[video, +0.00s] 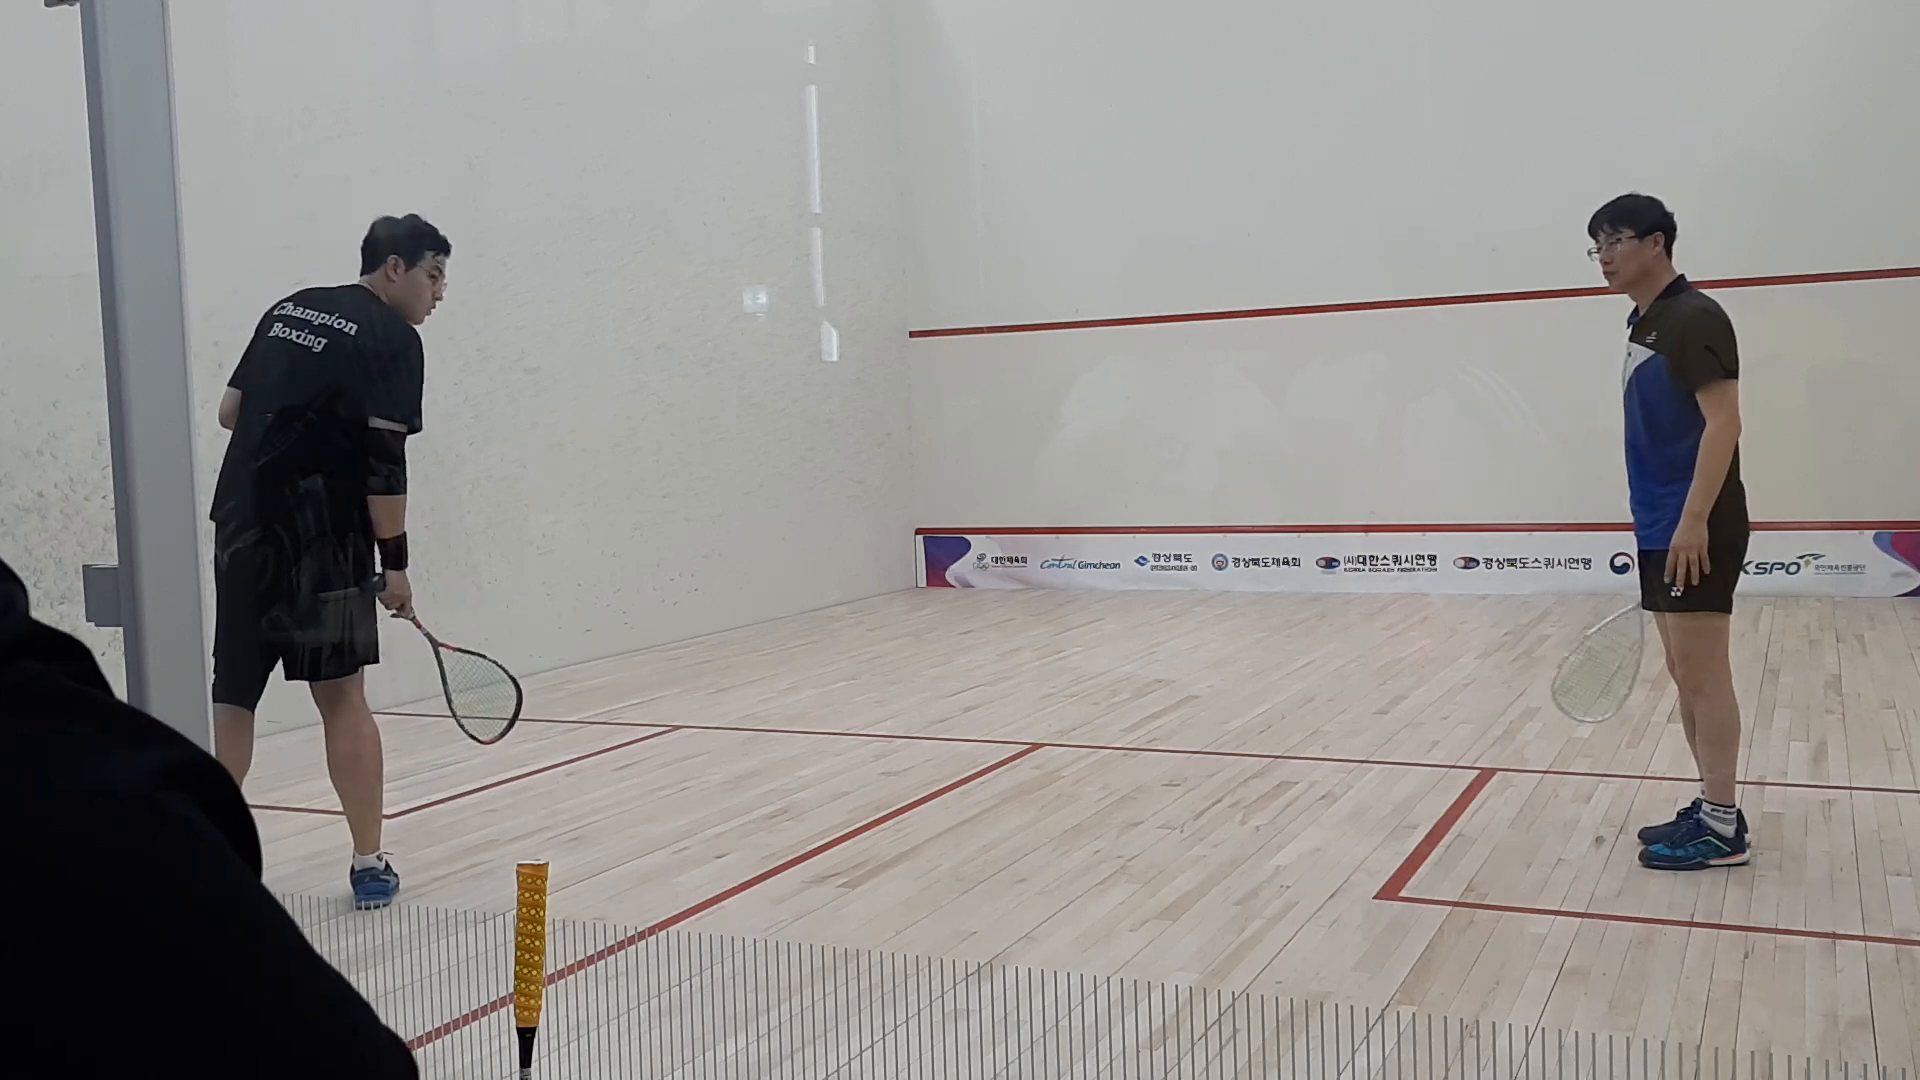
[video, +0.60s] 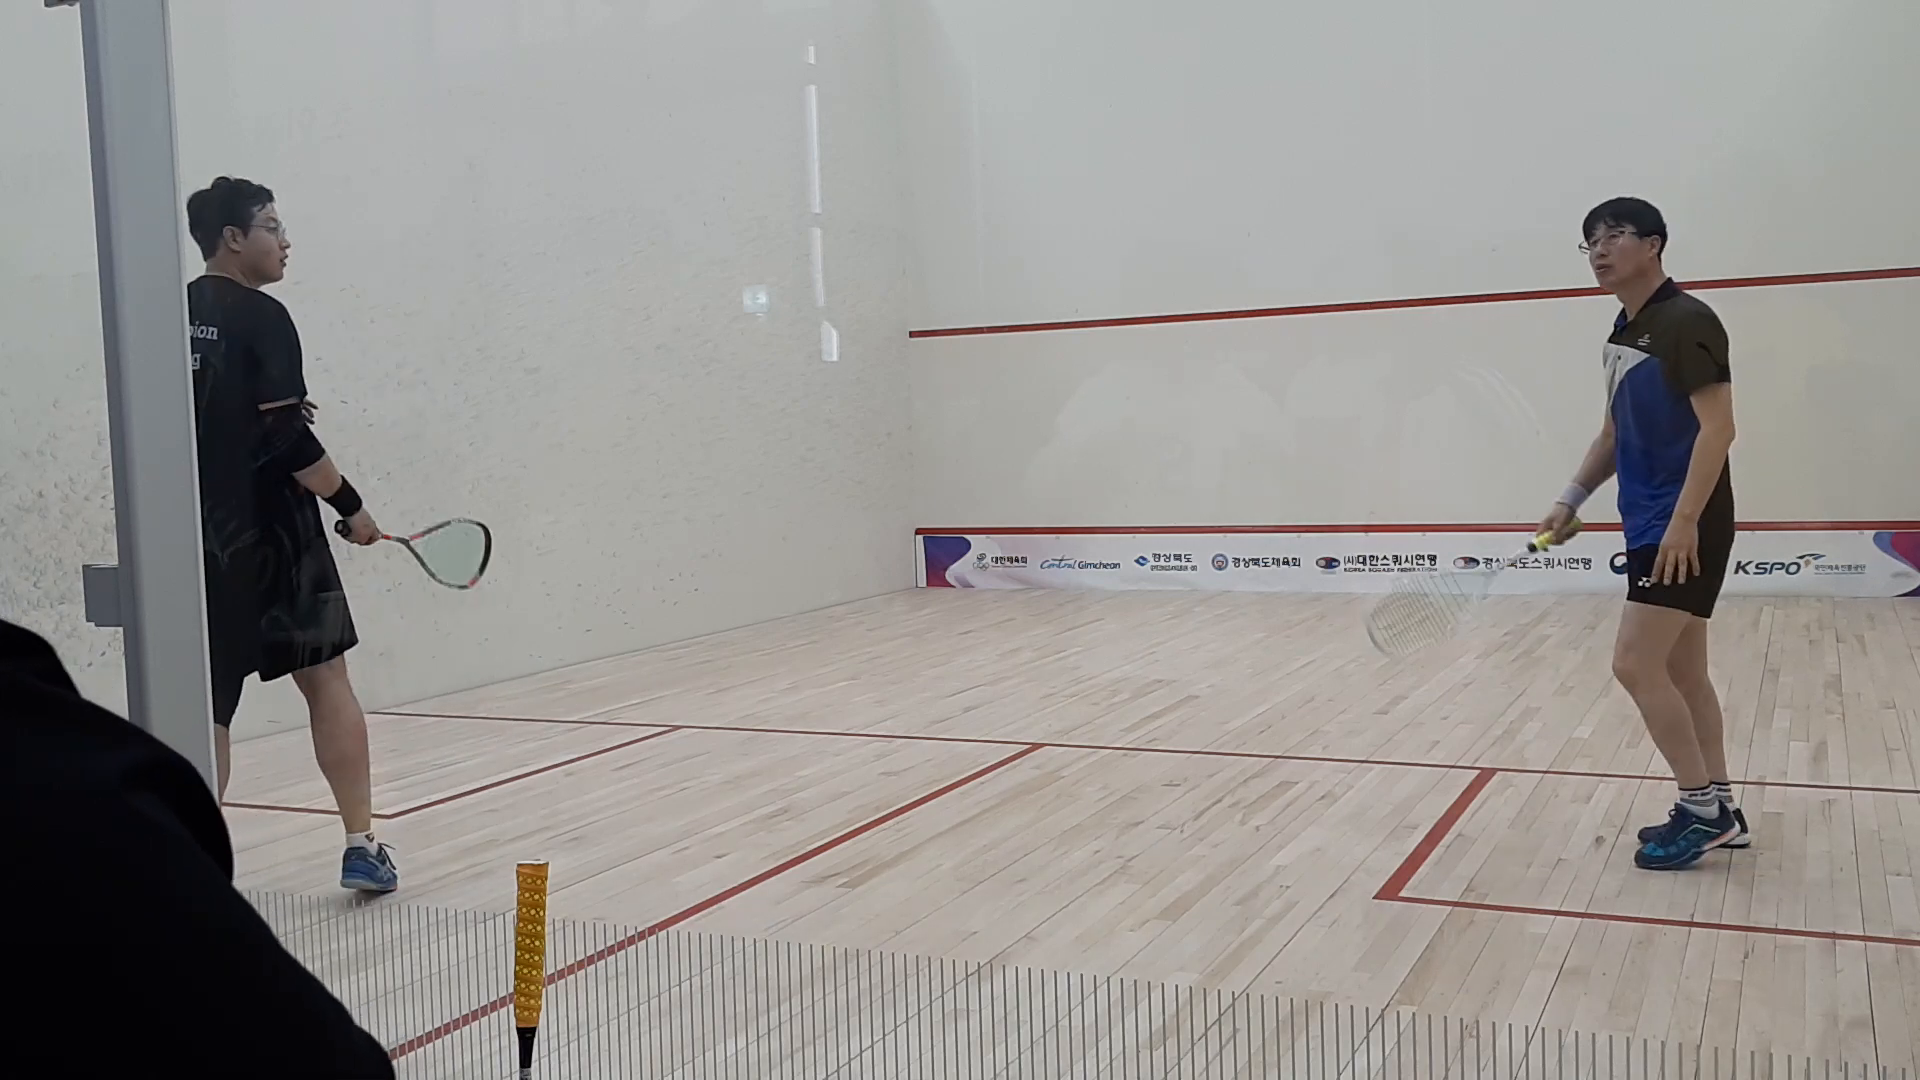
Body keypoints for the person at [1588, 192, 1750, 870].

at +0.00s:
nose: (1602, 257)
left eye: (1613, 243)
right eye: (1597, 248)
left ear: (1656, 244)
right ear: (1614, 256)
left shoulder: (1694, 318)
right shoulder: (1650, 323)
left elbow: (1724, 422)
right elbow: (1667, 436)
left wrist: (1693, 521)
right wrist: (1654, 527)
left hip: (1695, 525)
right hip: (1663, 527)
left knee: (1705, 677)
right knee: (1687, 675)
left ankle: (1723, 822)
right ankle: (1712, 809)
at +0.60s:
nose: (1598, 251)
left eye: (1612, 238)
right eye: (1593, 243)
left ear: (1652, 247)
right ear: (1594, 257)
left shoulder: (1686, 321)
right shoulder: (1626, 330)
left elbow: (1719, 429)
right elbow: (1619, 429)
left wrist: (1682, 521)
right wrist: (1570, 499)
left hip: (1685, 524)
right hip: (1657, 522)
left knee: (1636, 663)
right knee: (1684, 672)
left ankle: (1701, 805)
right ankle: (1716, 805)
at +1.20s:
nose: (1560, 242)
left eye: (1576, 229)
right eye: (1553, 235)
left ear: (1615, 242)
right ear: (1550, 254)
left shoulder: (1645, 326)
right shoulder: (1568, 336)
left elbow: (1677, 431)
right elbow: (1532, 430)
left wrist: (1657, 528)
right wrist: (1489, 437)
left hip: (1624, 539)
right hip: (1591, 538)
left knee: (1595, 683)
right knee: (1640, 675)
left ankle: (1603, 838)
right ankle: (1704, 789)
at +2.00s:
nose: (1464, 270)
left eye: (1473, 256)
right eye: (1464, 257)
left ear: (1515, 254)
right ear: (1503, 259)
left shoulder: (1584, 329)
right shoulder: (1504, 346)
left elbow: (1631, 437)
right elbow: (1462, 430)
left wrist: (1608, 532)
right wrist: (1387, 448)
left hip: (1595, 538)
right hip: (1557, 541)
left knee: (1579, 688)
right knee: (1614, 674)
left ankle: (1600, 838)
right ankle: (1683, 778)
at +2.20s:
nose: (1437, 287)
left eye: (1444, 271)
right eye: (1436, 273)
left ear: (1482, 265)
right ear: (1480, 269)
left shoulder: (1557, 335)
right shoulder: (1477, 346)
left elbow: (1595, 450)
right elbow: (1445, 431)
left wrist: (1570, 544)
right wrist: (1392, 463)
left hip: (1586, 532)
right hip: (1539, 533)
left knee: (1573, 684)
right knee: (1554, 675)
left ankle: (1602, 839)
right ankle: (1663, 772)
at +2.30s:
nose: (1422, 291)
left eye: (1428, 276)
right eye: (1420, 277)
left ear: (1465, 269)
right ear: (1463, 271)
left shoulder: (1538, 340)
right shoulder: (1463, 350)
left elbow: (1550, 459)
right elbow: (1431, 435)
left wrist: (1496, 542)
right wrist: (1391, 461)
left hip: (1577, 543)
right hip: (1527, 542)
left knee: (1569, 689)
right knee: (1512, 673)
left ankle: (1601, 838)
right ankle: (1608, 788)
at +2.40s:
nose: (1404, 293)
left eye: (1410, 278)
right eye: (1402, 280)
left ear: (1448, 272)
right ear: (1444, 276)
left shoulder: (1520, 341)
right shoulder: (1444, 352)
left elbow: (1497, 460)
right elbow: (1411, 439)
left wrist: (1406, 512)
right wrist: (1377, 439)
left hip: (1565, 542)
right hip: (1512, 542)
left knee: (1563, 691)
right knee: (1465, 665)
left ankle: (1603, 838)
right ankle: (1508, 808)